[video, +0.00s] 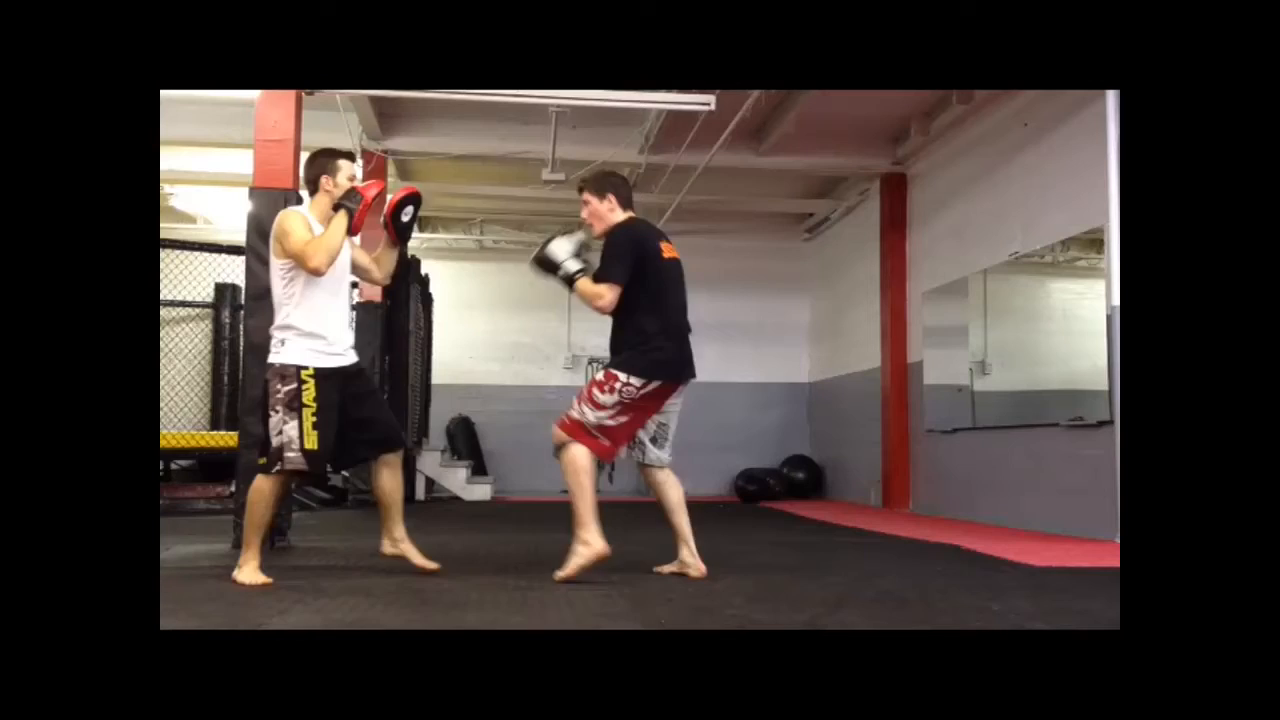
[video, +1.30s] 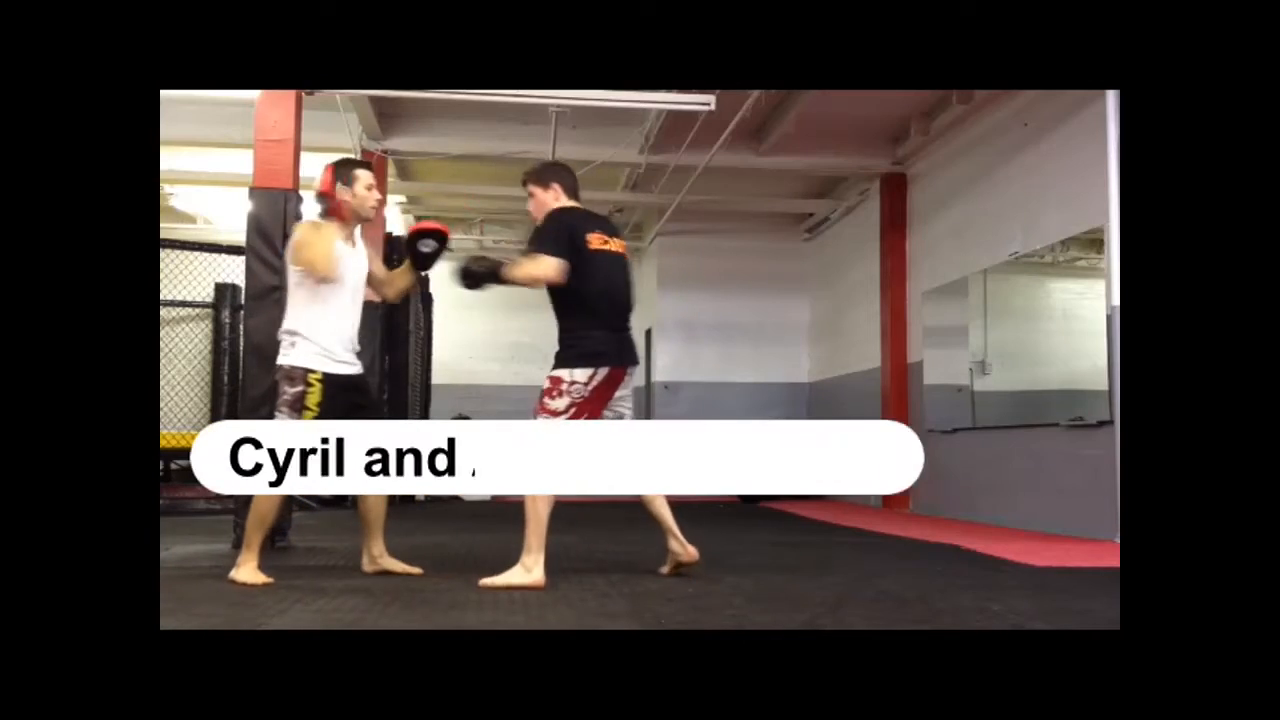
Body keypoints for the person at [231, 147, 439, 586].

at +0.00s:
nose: (357, 187)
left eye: (357, 180)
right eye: (350, 179)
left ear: (333, 185)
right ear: (325, 182)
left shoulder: (338, 235)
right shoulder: (290, 220)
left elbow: (380, 273)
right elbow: (317, 261)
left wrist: (400, 231)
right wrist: (346, 212)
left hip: (343, 363)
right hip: (297, 362)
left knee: (389, 446)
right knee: (281, 463)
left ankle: (395, 537)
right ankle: (248, 562)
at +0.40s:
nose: (411, 193)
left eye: (410, 186)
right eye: (403, 186)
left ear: (388, 193)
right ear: (378, 191)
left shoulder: (391, 240)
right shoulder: (353, 231)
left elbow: (421, 277)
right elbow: (370, 266)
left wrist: (448, 251)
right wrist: (400, 225)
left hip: (385, 364)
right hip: (350, 361)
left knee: (404, 459)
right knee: (336, 456)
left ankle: (404, 553)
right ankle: (261, 543)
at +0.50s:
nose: (421, 199)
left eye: (420, 192)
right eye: (413, 191)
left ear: (392, 197)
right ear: (388, 194)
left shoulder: (387, 233)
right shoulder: (379, 223)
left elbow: (390, 287)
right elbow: (424, 244)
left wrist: (428, 276)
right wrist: (447, 212)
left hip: (381, 363)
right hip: (358, 362)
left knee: (401, 460)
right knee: (336, 458)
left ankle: (403, 553)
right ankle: (262, 544)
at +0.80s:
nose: (414, 205)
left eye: (417, 199)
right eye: (407, 195)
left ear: (409, 206)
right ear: (381, 196)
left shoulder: (398, 244)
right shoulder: (355, 233)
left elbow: (430, 289)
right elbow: (384, 259)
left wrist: (449, 257)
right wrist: (420, 218)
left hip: (379, 370)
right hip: (338, 367)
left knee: (399, 458)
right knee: (310, 459)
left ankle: (404, 553)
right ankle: (251, 551)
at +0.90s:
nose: (401, 202)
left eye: (403, 195)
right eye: (392, 194)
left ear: (398, 200)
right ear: (365, 197)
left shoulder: (389, 246)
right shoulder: (338, 236)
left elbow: (425, 282)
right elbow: (335, 277)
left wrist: (445, 262)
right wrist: (384, 241)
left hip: (372, 371)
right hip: (328, 369)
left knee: (398, 458)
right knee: (300, 463)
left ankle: (404, 552)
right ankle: (249, 558)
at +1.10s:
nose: (369, 196)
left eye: (369, 189)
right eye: (360, 188)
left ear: (352, 194)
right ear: (332, 192)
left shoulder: (364, 241)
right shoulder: (296, 228)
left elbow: (409, 286)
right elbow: (269, 274)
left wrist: (443, 247)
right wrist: (321, 235)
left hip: (350, 366)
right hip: (300, 365)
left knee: (387, 451)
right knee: (278, 465)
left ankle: (394, 542)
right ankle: (246, 562)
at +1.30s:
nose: (377, 197)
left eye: (377, 189)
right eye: (368, 189)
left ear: (356, 196)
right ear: (340, 194)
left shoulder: (359, 245)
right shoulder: (310, 232)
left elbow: (387, 288)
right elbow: (322, 267)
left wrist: (420, 258)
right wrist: (337, 223)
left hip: (346, 366)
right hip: (304, 364)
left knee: (374, 455)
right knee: (283, 463)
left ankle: (375, 552)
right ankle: (247, 562)